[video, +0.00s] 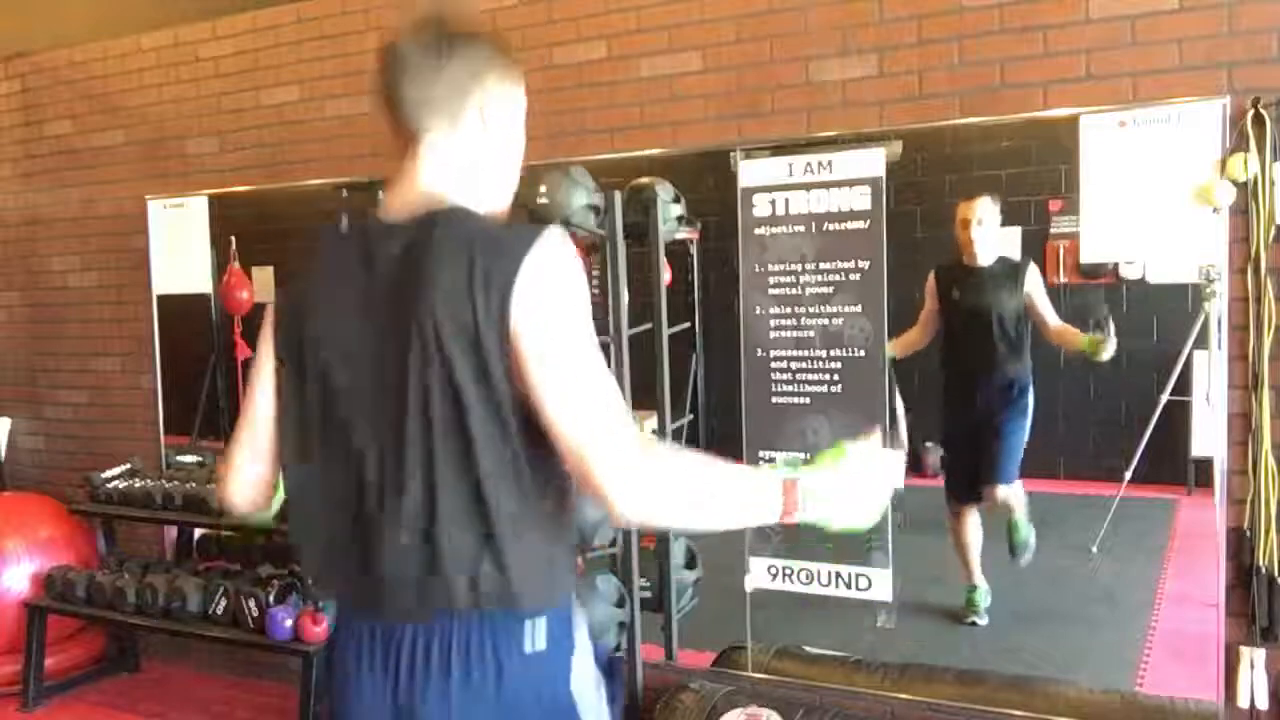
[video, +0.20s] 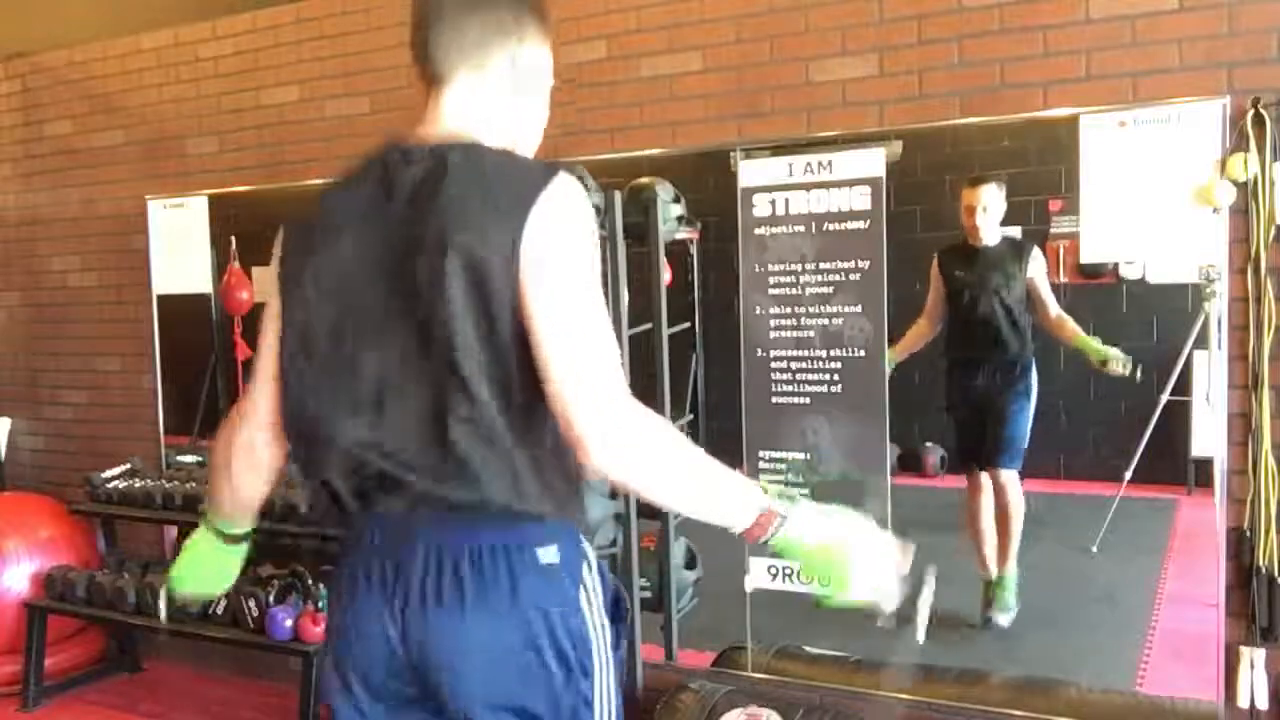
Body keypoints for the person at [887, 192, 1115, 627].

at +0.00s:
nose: (971, 232)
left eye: (980, 224)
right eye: (965, 224)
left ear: (997, 227)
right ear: (956, 229)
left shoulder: (1023, 275)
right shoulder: (941, 279)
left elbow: (1054, 328)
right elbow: (922, 332)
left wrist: (1089, 343)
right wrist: (883, 351)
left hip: (1010, 394)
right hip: (961, 395)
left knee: (996, 491)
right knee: (960, 502)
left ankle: (1018, 514)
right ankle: (977, 587)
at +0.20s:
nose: (975, 217)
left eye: (984, 209)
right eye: (969, 209)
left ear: (1001, 211)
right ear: (961, 211)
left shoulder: (1025, 256)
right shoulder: (946, 260)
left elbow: (1053, 317)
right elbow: (929, 321)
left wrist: (1095, 350)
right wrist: (889, 358)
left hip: (1014, 375)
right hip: (965, 375)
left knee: (1003, 471)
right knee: (976, 477)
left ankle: (1007, 576)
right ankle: (989, 580)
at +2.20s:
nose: (990, 212)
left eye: (1000, 204)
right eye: (984, 203)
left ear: (1019, 210)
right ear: (974, 209)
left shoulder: (1040, 260)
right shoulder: (959, 260)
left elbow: (1062, 321)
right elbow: (945, 323)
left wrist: (1099, 353)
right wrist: (905, 357)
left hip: (1024, 378)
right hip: (973, 379)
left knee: (1016, 483)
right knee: (983, 494)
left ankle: (1014, 582)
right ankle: (1012, 537)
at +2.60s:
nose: (993, 211)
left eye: (1003, 203)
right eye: (987, 202)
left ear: (1021, 208)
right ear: (976, 208)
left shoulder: (1042, 258)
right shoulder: (961, 257)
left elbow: (1062, 322)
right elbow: (945, 321)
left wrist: (1101, 358)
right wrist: (905, 356)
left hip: (1020, 379)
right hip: (969, 376)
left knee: (1009, 482)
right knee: (966, 481)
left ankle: (1004, 583)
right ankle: (967, 580)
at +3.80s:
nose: (984, 209)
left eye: (994, 201)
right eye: (978, 200)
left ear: (1012, 207)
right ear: (968, 206)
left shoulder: (1034, 257)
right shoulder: (952, 258)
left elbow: (1055, 319)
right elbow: (938, 320)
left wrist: (1094, 355)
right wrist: (902, 358)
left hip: (1020, 374)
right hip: (969, 375)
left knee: (1009, 478)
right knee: (978, 491)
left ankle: (1003, 578)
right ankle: (1009, 557)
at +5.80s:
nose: (995, 204)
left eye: (1004, 196)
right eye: (989, 196)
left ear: (1021, 201)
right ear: (978, 203)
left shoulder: (1042, 252)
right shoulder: (963, 254)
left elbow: (1070, 312)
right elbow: (943, 315)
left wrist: (1107, 352)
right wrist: (905, 357)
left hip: (1023, 373)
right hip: (971, 372)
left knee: (1013, 476)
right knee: (966, 476)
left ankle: (1008, 577)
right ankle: (972, 571)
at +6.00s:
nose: (995, 239)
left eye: (1004, 231)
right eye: (989, 230)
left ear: (1021, 236)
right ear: (978, 236)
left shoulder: (1043, 288)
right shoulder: (961, 288)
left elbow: (1075, 337)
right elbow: (943, 341)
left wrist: (1110, 347)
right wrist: (895, 350)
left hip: (1021, 406)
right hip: (968, 404)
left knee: (1011, 506)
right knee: (960, 505)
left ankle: (1006, 592)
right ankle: (962, 603)